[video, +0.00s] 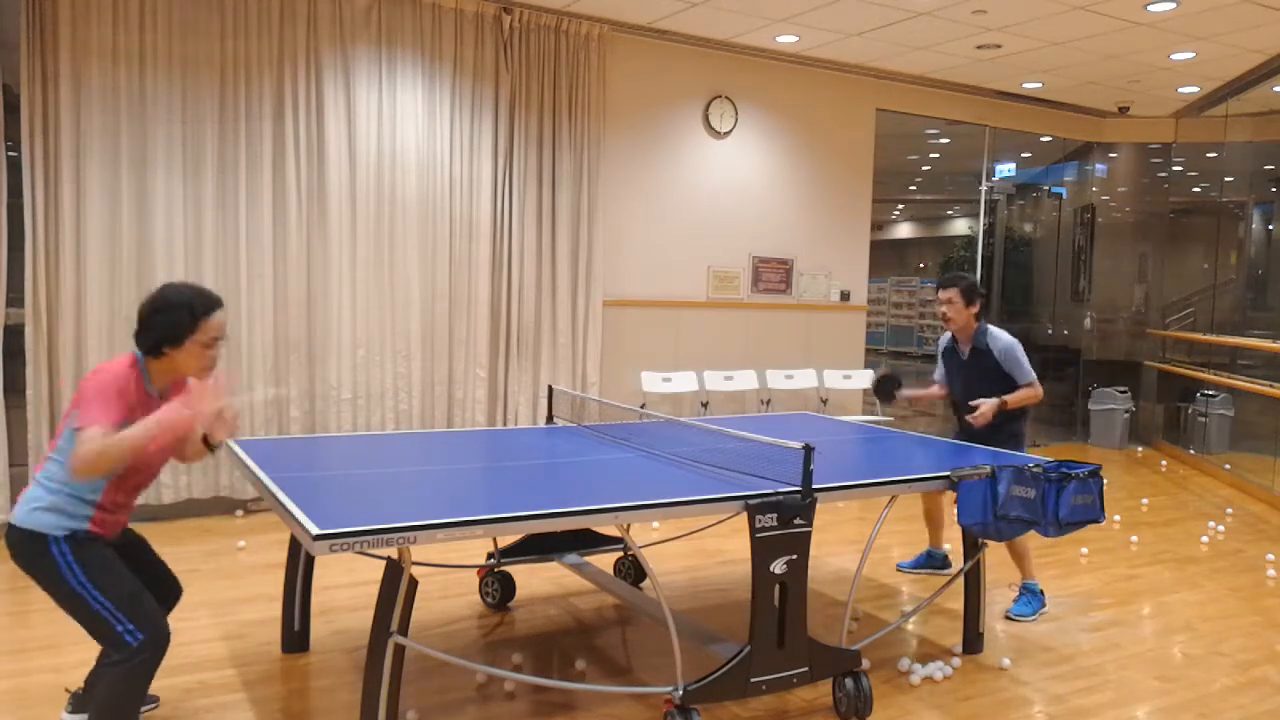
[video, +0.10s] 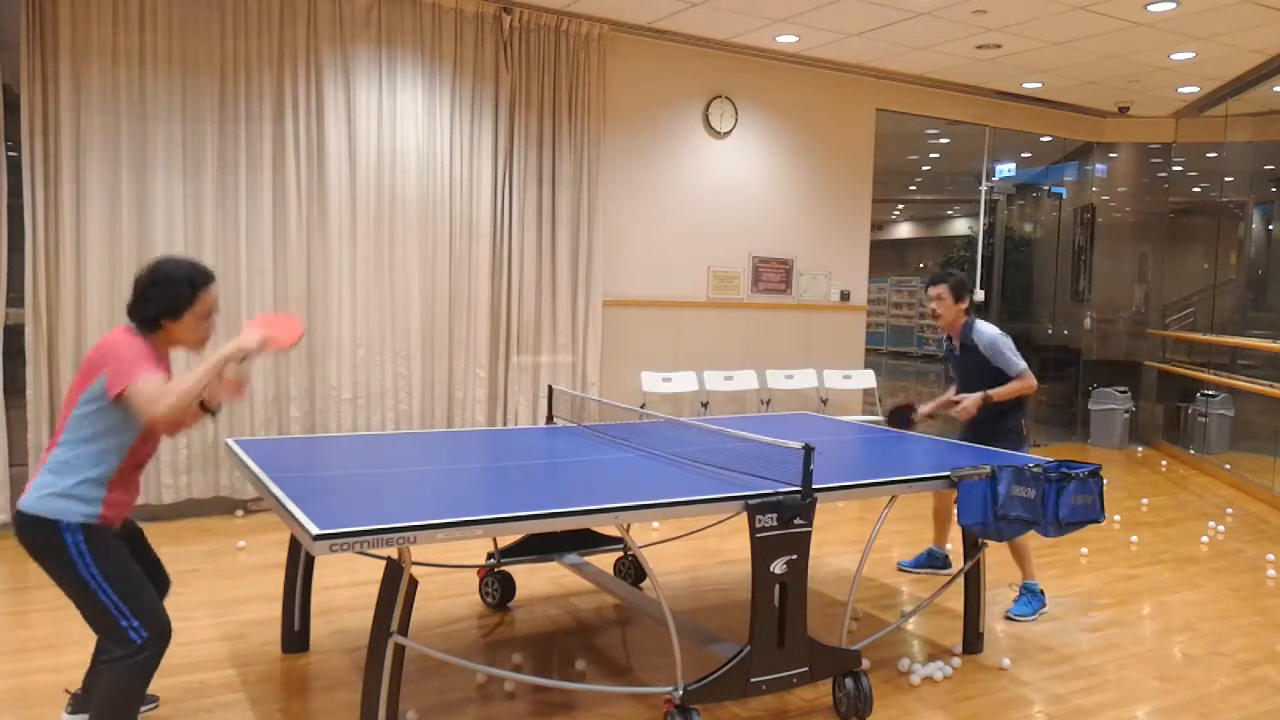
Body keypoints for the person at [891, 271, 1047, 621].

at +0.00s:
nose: (942, 311)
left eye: (949, 304)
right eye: (940, 304)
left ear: (974, 307)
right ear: (940, 307)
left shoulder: (1003, 344)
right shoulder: (947, 343)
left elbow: (1035, 392)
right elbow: (943, 390)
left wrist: (998, 403)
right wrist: (905, 395)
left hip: (1005, 446)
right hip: (965, 442)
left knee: (1005, 514)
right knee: (929, 482)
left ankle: (1031, 588)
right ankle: (936, 553)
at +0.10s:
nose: (933, 308)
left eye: (940, 301)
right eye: (930, 301)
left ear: (963, 304)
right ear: (930, 305)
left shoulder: (987, 337)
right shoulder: (949, 340)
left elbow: (1029, 382)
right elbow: (961, 386)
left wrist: (983, 397)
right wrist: (932, 406)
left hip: (1004, 440)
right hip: (971, 436)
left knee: (1008, 512)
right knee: (942, 485)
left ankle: (1031, 588)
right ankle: (939, 552)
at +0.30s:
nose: (915, 329)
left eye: (918, 321)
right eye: (913, 322)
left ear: (940, 318)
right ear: (937, 319)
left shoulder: (968, 344)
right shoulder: (953, 348)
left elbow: (1011, 390)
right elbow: (968, 394)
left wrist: (962, 412)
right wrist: (923, 406)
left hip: (1002, 446)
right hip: (975, 443)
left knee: (997, 517)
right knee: (935, 482)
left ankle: (1032, 589)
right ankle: (939, 551)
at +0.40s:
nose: (910, 325)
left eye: (914, 318)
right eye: (910, 318)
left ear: (935, 317)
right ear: (934, 318)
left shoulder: (967, 342)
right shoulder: (942, 349)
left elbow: (1008, 388)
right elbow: (931, 386)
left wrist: (960, 406)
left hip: (997, 443)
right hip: (966, 440)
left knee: (995, 515)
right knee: (926, 481)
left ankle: (1029, 588)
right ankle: (937, 553)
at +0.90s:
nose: (915, 308)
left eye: (922, 302)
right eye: (912, 302)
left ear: (944, 305)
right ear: (911, 305)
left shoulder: (969, 338)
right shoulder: (923, 341)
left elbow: (1003, 382)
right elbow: (930, 383)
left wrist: (960, 397)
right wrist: (899, 398)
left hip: (981, 432)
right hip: (948, 430)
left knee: (978, 503)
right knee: (917, 477)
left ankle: (1003, 574)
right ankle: (924, 547)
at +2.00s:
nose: (883, 326)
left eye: (886, 318)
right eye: (882, 319)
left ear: (906, 316)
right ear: (904, 316)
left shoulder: (931, 339)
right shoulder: (920, 341)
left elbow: (973, 378)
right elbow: (931, 386)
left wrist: (933, 405)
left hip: (971, 434)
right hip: (948, 433)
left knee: (978, 504)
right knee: (914, 479)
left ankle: (1006, 577)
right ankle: (924, 545)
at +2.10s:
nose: (873, 319)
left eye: (876, 312)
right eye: (872, 312)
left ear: (897, 312)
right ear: (892, 312)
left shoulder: (924, 333)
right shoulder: (897, 342)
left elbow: (967, 370)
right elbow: (872, 365)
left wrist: (926, 394)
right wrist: (825, 361)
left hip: (965, 431)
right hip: (935, 430)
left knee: (972, 498)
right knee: (904, 478)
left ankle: (995, 572)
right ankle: (922, 544)